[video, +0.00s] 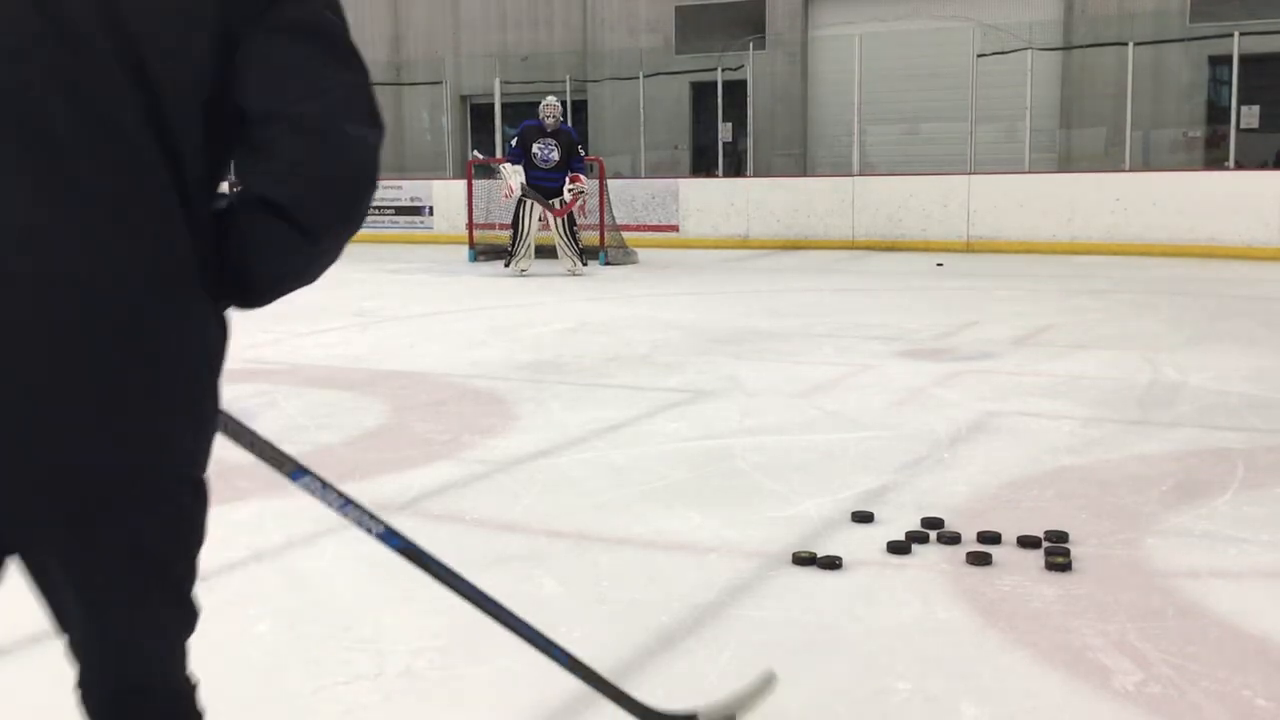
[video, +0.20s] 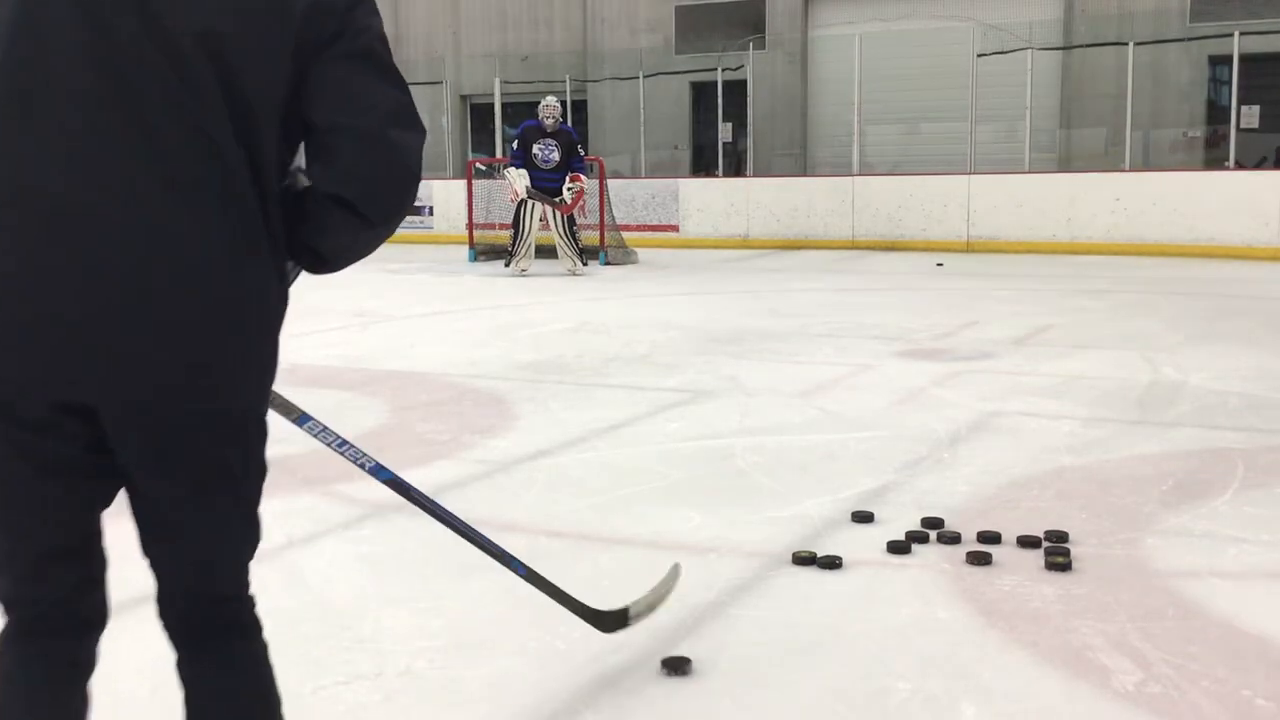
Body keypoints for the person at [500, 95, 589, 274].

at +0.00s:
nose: (551, 115)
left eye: (554, 111)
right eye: (547, 110)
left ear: (560, 113)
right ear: (540, 112)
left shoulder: (568, 134)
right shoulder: (528, 129)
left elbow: (577, 162)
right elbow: (513, 156)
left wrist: (577, 183)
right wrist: (512, 178)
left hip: (558, 191)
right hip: (531, 190)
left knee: (564, 229)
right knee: (524, 229)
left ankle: (575, 265)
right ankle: (519, 266)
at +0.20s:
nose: (550, 114)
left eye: (554, 110)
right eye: (547, 109)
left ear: (560, 113)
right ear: (540, 111)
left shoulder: (568, 134)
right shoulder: (527, 130)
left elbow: (577, 163)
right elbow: (516, 158)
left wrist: (576, 186)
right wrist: (518, 182)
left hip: (557, 191)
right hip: (531, 189)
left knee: (564, 229)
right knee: (525, 228)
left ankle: (575, 266)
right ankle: (519, 266)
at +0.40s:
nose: (548, 113)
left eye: (552, 109)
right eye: (545, 109)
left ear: (559, 112)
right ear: (539, 111)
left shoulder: (567, 134)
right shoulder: (528, 130)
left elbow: (578, 162)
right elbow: (516, 159)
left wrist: (578, 187)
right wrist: (518, 183)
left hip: (558, 191)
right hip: (531, 189)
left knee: (565, 229)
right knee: (525, 228)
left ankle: (576, 266)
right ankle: (520, 266)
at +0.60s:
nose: (545, 113)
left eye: (549, 109)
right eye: (542, 110)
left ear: (557, 112)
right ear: (537, 112)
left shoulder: (567, 134)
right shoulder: (527, 131)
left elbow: (578, 162)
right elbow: (516, 161)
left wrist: (578, 187)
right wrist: (518, 184)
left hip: (559, 190)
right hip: (532, 190)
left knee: (565, 229)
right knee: (525, 228)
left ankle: (575, 266)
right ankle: (519, 266)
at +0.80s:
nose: (545, 116)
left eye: (549, 112)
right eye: (542, 112)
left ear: (556, 113)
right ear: (538, 113)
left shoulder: (567, 134)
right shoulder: (527, 132)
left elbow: (578, 162)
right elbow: (516, 157)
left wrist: (576, 184)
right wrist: (516, 178)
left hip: (559, 190)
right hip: (532, 189)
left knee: (565, 230)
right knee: (525, 229)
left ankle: (576, 265)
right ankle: (519, 266)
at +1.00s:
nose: (546, 127)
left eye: (550, 124)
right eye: (543, 124)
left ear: (556, 121)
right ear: (537, 121)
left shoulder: (567, 138)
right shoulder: (526, 138)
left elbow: (577, 164)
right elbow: (516, 164)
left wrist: (577, 184)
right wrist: (520, 185)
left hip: (560, 194)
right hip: (534, 194)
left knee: (570, 232)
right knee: (526, 231)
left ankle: (583, 265)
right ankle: (515, 266)